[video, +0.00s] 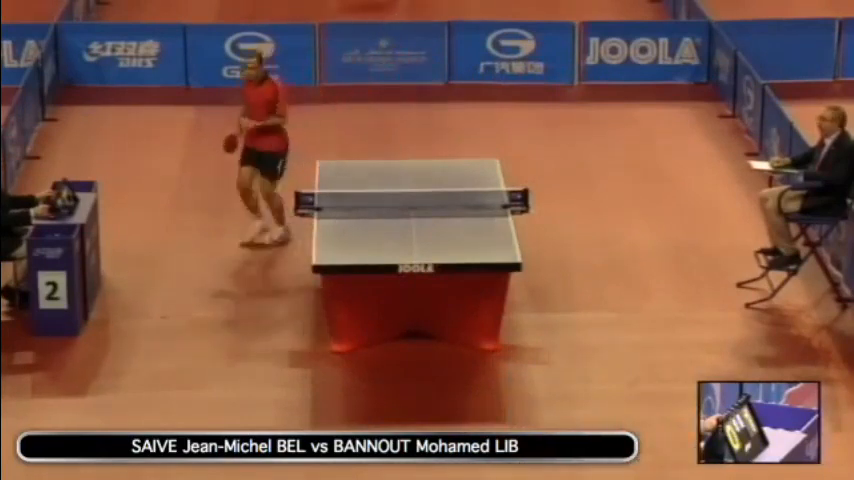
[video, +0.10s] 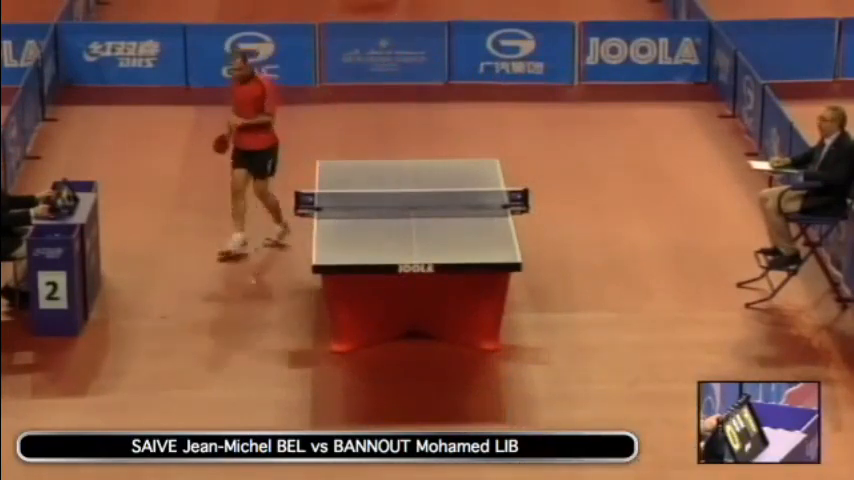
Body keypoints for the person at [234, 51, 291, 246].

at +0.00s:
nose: (249, 72)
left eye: (253, 68)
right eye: (247, 68)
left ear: (262, 69)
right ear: (246, 70)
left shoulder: (276, 88)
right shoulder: (249, 87)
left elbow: (281, 119)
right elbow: (246, 112)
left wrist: (255, 124)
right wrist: (239, 130)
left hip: (273, 145)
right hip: (253, 143)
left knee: (267, 189)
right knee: (243, 184)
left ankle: (282, 228)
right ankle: (260, 222)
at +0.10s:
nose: (237, 73)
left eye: (240, 69)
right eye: (235, 69)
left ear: (250, 68)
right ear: (234, 70)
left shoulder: (265, 86)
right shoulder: (238, 86)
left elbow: (269, 117)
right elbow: (238, 115)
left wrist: (241, 123)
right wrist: (228, 135)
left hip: (263, 146)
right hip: (242, 146)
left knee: (261, 190)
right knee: (237, 188)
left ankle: (283, 226)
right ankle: (239, 237)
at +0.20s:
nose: (216, 84)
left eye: (219, 80)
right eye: (215, 81)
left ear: (230, 77)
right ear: (215, 81)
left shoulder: (245, 94)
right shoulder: (219, 96)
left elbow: (256, 122)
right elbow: (217, 120)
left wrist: (229, 137)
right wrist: (208, 138)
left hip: (246, 155)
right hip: (225, 156)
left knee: (243, 203)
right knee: (225, 203)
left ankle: (273, 225)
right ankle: (237, 246)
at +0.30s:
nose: (204, 89)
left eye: (207, 85)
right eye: (202, 86)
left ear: (218, 81)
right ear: (202, 85)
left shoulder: (234, 99)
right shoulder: (205, 100)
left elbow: (247, 127)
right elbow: (204, 126)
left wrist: (226, 145)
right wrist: (191, 144)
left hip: (233, 160)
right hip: (214, 161)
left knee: (223, 205)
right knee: (214, 206)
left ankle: (250, 234)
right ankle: (235, 244)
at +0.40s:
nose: (188, 90)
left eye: (191, 85)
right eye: (186, 86)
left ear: (201, 82)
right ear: (184, 85)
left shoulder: (217, 99)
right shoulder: (188, 102)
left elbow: (232, 128)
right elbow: (187, 126)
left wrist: (213, 148)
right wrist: (173, 141)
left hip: (214, 161)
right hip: (197, 162)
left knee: (201, 207)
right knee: (209, 209)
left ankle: (201, 255)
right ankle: (235, 243)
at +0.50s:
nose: (178, 90)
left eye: (180, 86)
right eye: (176, 86)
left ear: (190, 83)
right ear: (176, 85)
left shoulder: (205, 102)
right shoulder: (177, 103)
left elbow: (221, 132)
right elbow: (174, 127)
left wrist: (203, 155)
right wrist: (162, 141)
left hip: (202, 162)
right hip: (184, 162)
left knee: (187, 205)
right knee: (192, 210)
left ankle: (178, 256)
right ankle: (224, 237)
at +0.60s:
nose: (162, 100)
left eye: (166, 97)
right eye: (161, 96)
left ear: (176, 95)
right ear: (162, 95)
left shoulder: (188, 111)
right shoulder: (163, 109)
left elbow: (200, 142)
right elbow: (160, 130)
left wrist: (181, 161)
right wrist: (147, 144)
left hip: (181, 169)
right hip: (165, 167)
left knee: (162, 210)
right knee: (151, 205)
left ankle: (170, 261)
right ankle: (191, 230)